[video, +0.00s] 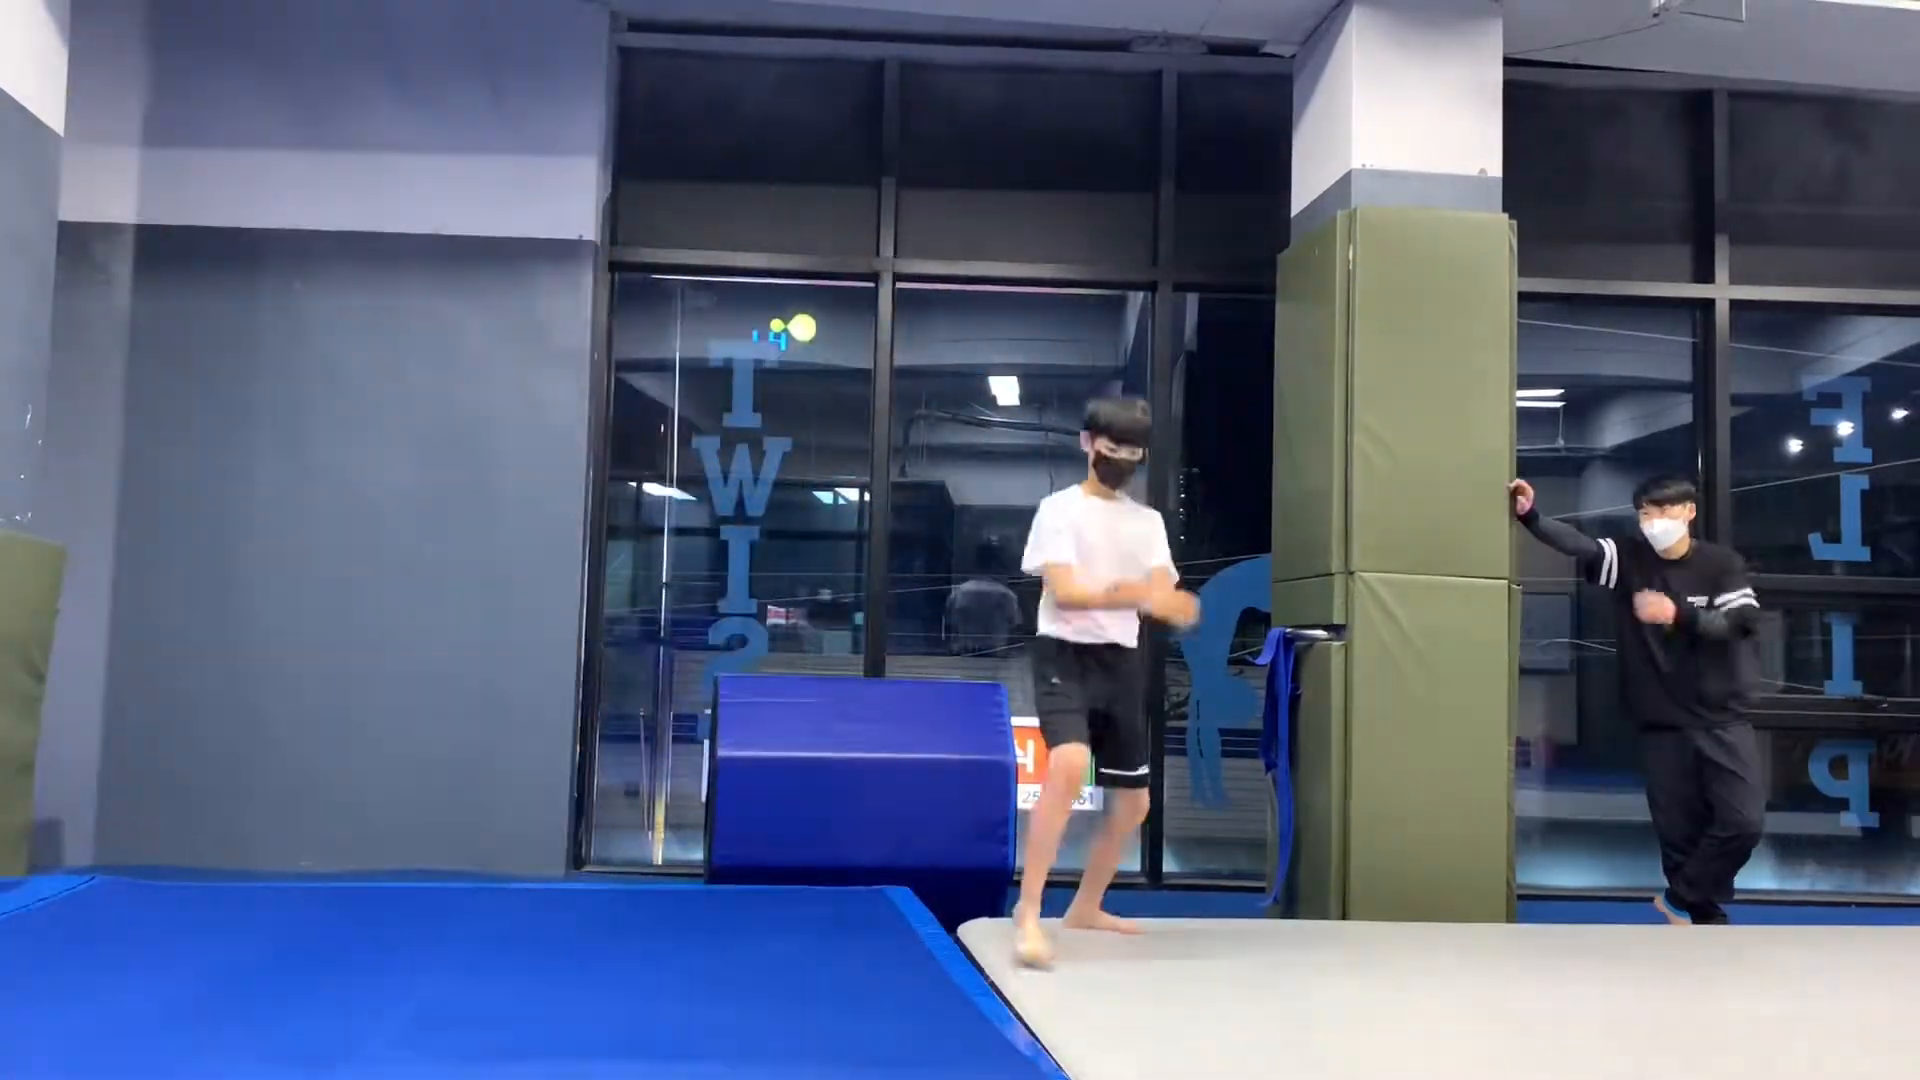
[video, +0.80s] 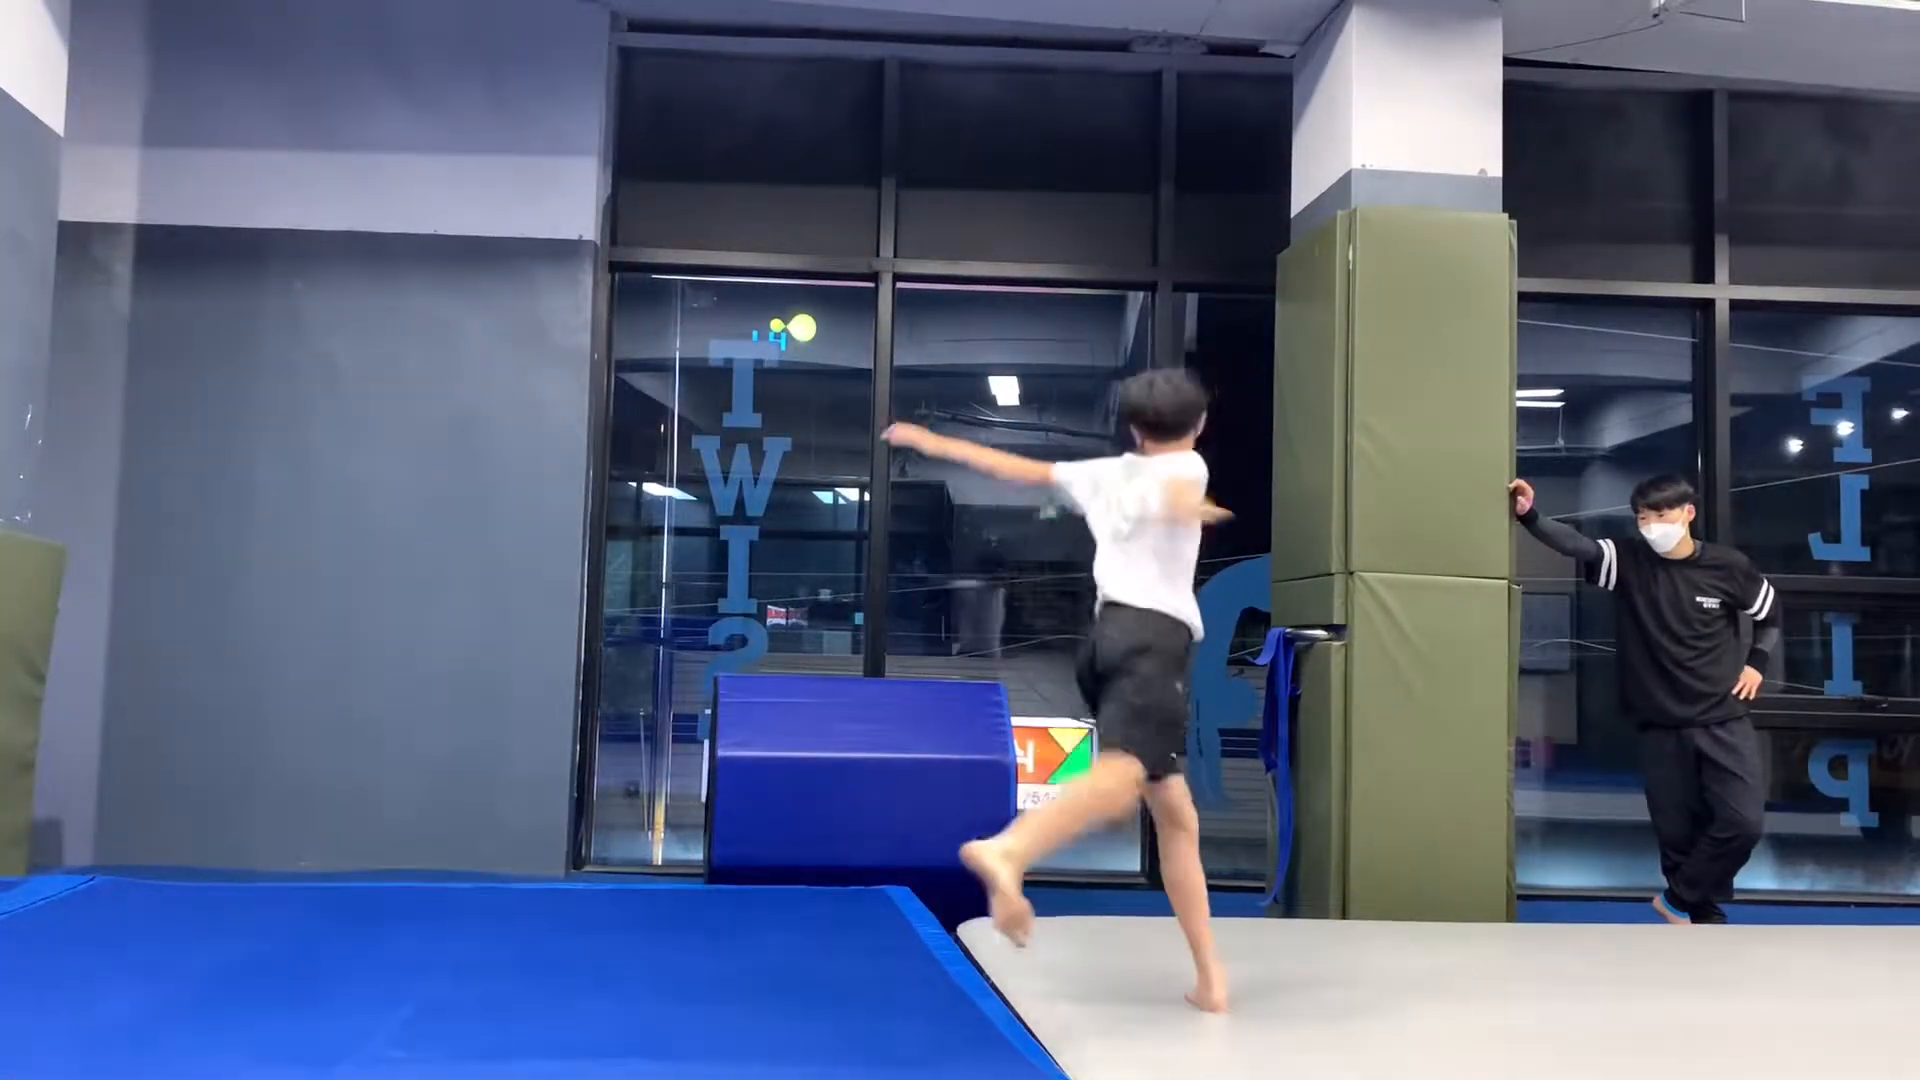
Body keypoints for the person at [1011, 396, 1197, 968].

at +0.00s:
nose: (1123, 456)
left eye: (1133, 447)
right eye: (1113, 443)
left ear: (1144, 452)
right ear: (1088, 442)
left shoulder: (1149, 521)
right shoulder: (1059, 509)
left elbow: (1173, 601)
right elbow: (1064, 590)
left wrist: (1165, 602)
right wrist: (1137, 594)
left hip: (1122, 659)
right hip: (1061, 653)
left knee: (1132, 800)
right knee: (1071, 765)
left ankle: (1085, 908)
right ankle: (1028, 915)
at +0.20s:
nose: (1144, 494)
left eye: (1155, 484)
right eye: (1135, 480)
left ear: (1167, 484)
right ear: (1108, 470)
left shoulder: (1157, 547)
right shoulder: (1068, 533)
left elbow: (1156, 627)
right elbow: (1092, 617)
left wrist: (1145, 581)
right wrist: (1172, 587)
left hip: (1109, 688)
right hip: (1049, 681)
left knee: (1129, 820)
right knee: (1074, 788)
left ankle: (1086, 911)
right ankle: (1041, 949)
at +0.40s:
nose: (1175, 480)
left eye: (1186, 469)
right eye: (1164, 465)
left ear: (1195, 472)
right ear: (1132, 459)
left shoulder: (1168, 544)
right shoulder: (1087, 527)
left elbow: (1167, 646)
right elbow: (1042, 622)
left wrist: (1190, 723)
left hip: (1093, 678)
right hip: (1041, 673)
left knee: (1096, 807)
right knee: (1095, 810)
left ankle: (1032, 890)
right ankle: (1047, 965)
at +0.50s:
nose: (1209, 434)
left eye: (1215, 424)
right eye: (1200, 421)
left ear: (1210, 428)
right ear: (1161, 414)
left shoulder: (1175, 498)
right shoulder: (1119, 480)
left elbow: (1151, 579)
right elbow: (1029, 545)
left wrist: (1160, 659)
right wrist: (999, 642)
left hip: (1105, 638)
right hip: (1055, 629)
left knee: (1117, 784)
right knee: (1087, 785)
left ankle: (1016, 891)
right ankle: (1039, 948)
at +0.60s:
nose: (1226, 400)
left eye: (1228, 389)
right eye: (1222, 387)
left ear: (1185, 386)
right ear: (1191, 383)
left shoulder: (1154, 445)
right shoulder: (1154, 437)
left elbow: (1066, 494)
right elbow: (1055, 478)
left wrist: (1091, 559)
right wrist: (993, 546)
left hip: (1101, 601)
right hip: (1083, 595)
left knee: (1145, 757)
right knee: (1101, 756)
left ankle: (1127, 909)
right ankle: (990, 887)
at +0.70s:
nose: (1216, 406)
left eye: (1216, 395)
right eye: (1216, 395)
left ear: (1160, 389)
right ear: (1203, 396)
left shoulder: (1130, 434)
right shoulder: (1166, 438)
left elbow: (1056, 442)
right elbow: (1092, 458)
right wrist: (1048, 497)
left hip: (1114, 608)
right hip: (1133, 608)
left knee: (1172, 782)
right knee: (1083, 753)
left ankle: (1218, 943)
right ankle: (958, 855)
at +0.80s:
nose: (1201, 431)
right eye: (1200, 424)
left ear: (1133, 429)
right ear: (1198, 426)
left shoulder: (1103, 473)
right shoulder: (1189, 466)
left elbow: (1011, 468)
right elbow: (1178, 501)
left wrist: (932, 442)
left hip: (1106, 635)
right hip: (1155, 635)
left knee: (1176, 815)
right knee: (1117, 783)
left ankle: (1210, 977)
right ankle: (1006, 854)